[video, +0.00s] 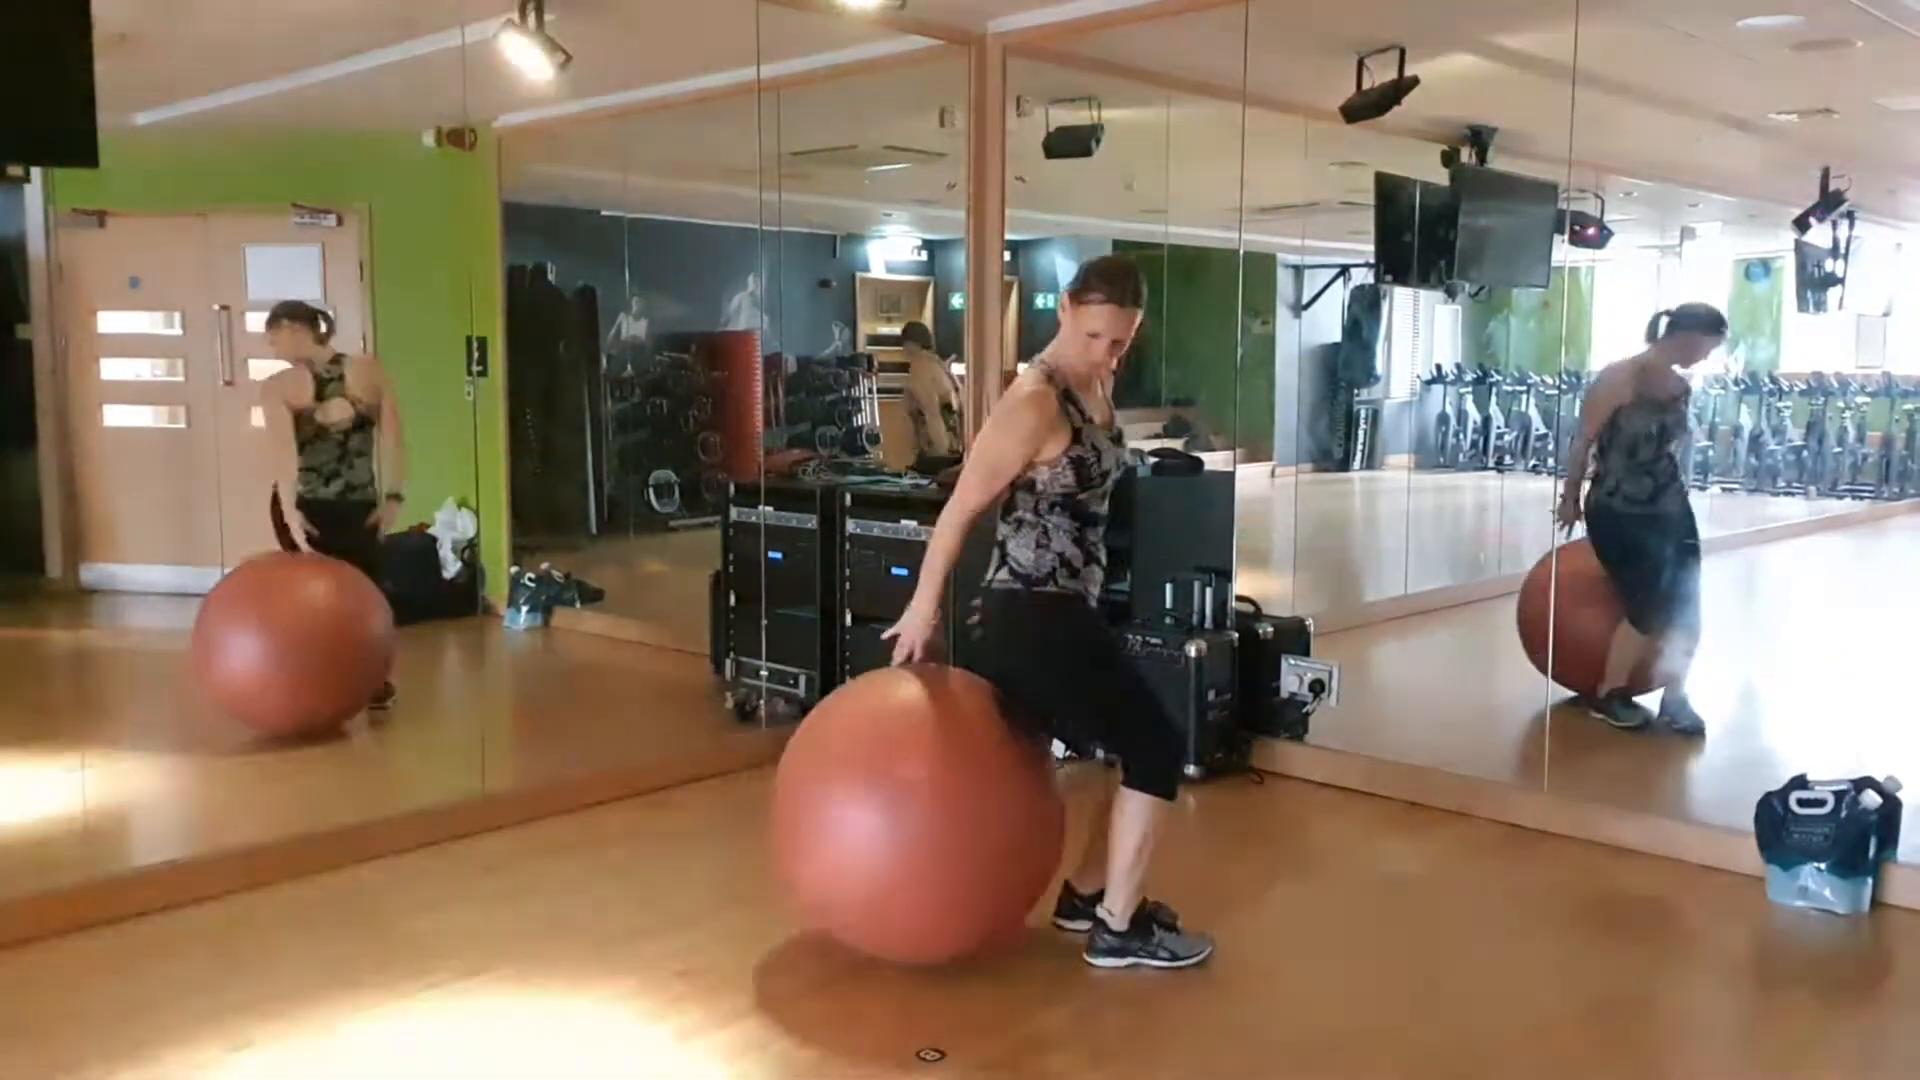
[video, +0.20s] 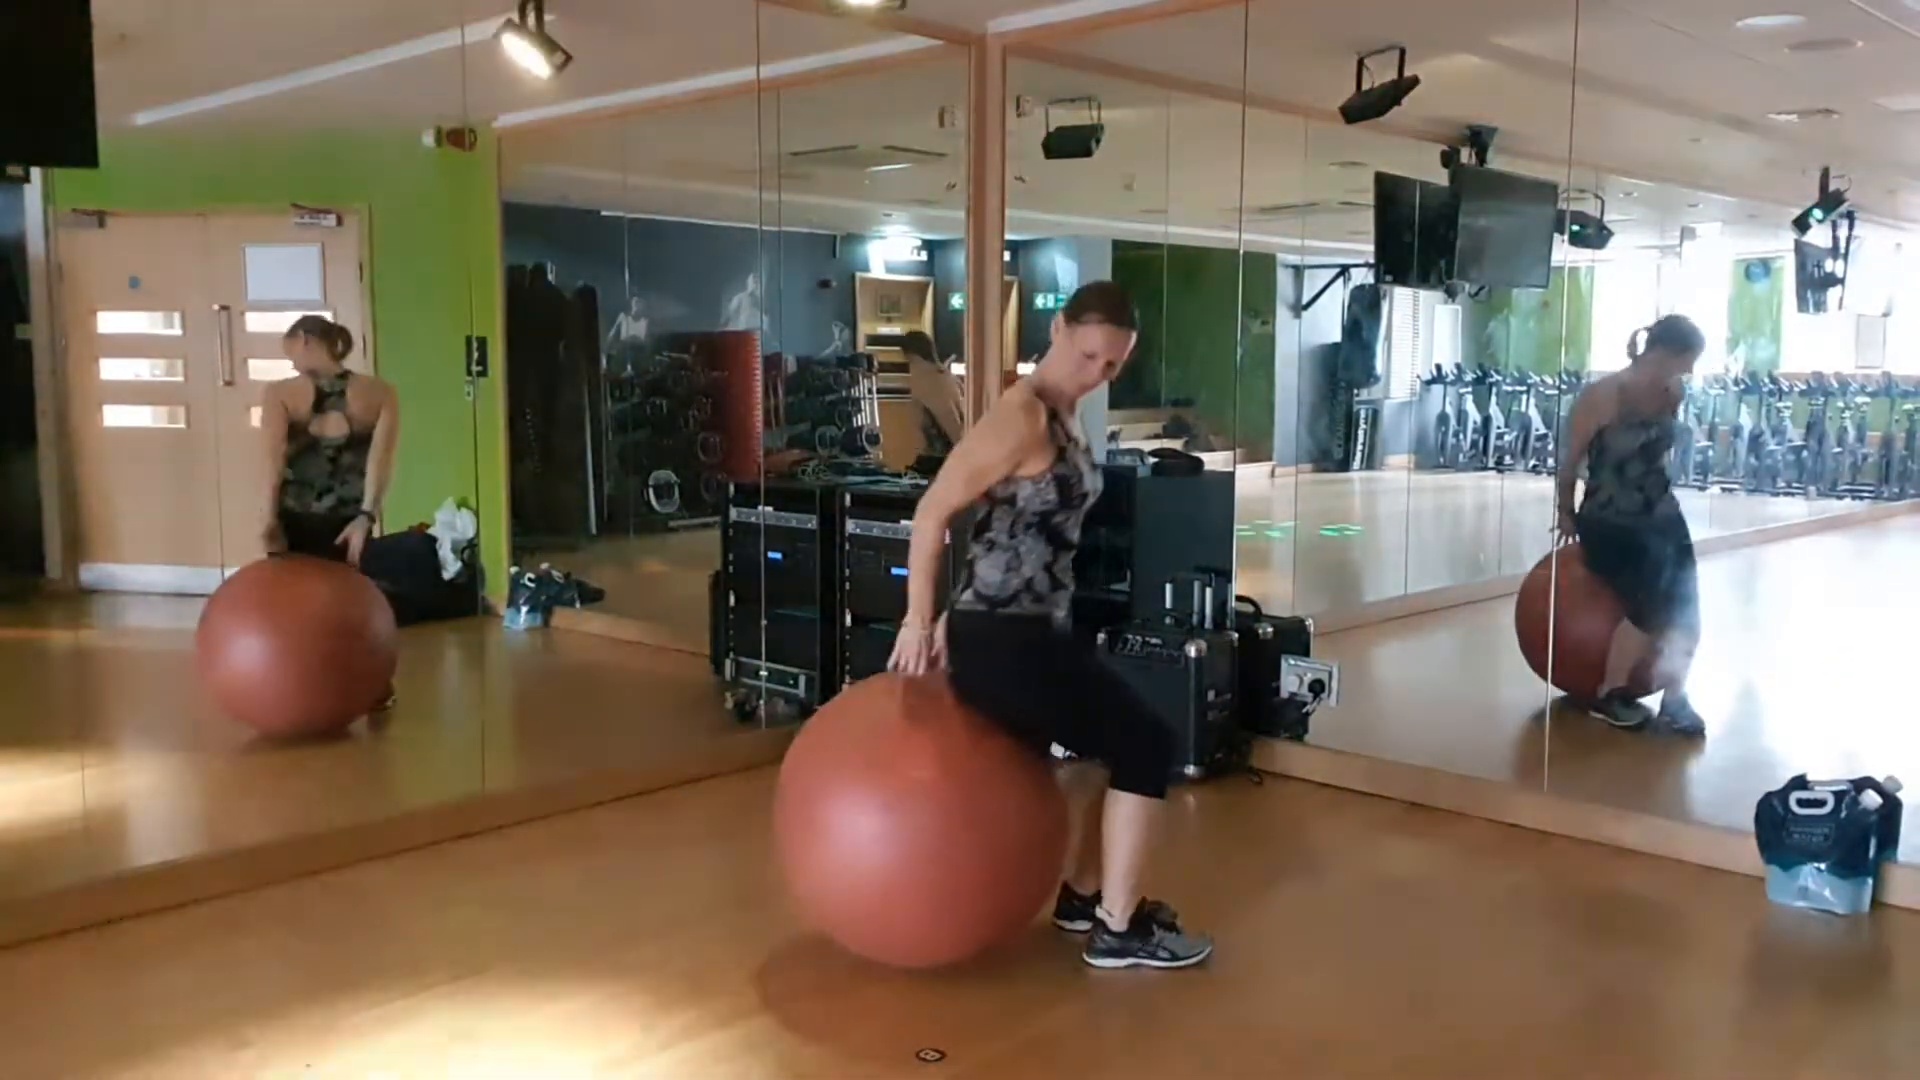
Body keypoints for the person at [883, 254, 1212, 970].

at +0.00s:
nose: (1110, 357)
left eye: (1122, 344)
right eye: (1099, 339)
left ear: (1132, 333)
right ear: (1064, 318)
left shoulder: (1089, 395)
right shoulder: (1030, 403)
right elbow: (959, 509)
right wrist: (923, 606)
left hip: (1056, 612)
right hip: (1034, 618)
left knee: (1133, 739)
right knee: (1153, 746)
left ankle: (1087, 892)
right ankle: (1120, 924)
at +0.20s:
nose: (1101, 374)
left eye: (1113, 362)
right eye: (1092, 356)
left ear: (1123, 357)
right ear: (1057, 335)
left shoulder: (1057, 416)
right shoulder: (1017, 416)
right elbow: (932, 511)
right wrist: (919, 617)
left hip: (1028, 633)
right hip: (1004, 640)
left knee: (1111, 739)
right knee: (1145, 745)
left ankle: (1083, 893)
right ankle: (1120, 924)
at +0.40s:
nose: (1068, 414)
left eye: (1079, 400)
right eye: (1060, 397)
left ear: (1082, 393)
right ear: (1020, 377)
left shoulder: (1018, 453)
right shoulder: (980, 453)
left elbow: (949, 556)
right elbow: (901, 553)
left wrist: (897, 650)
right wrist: (890, 668)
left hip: (978, 669)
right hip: (949, 676)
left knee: (1093, 731)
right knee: (1112, 744)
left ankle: (1084, 893)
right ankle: (1118, 925)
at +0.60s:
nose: (1014, 445)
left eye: (1025, 431)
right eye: (1003, 428)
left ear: (1035, 423)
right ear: (967, 408)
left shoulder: (970, 479)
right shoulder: (934, 485)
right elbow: (855, 584)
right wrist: (840, 695)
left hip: (936, 692)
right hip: (899, 706)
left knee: (1071, 710)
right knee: (1074, 731)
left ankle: (1083, 893)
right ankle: (1118, 924)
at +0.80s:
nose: (984, 438)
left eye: (995, 424)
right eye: (973, 419)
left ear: (1001, 419)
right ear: (933, 397)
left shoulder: (939, 475)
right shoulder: (905, 481)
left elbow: (1045, 450)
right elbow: (831, 584)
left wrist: (1006, 384)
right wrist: (812, 693)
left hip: (907, 690)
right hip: (871, 700)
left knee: (1046, 724)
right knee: (1044, 736)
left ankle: (1083, 896)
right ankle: (1128, 922)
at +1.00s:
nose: (970, 431)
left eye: (980, 418)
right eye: (960, 413)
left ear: (988, 412)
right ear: (920, 392)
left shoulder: (926, 468)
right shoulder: (899, 477)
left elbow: (1055, 468)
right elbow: (829, 587)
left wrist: (1037, 418)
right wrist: (813, 696)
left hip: (913, 686)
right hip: (878, 700)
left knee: (1056, 724)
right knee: (1047, 743)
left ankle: (1072, 890)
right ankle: (1127, 931)